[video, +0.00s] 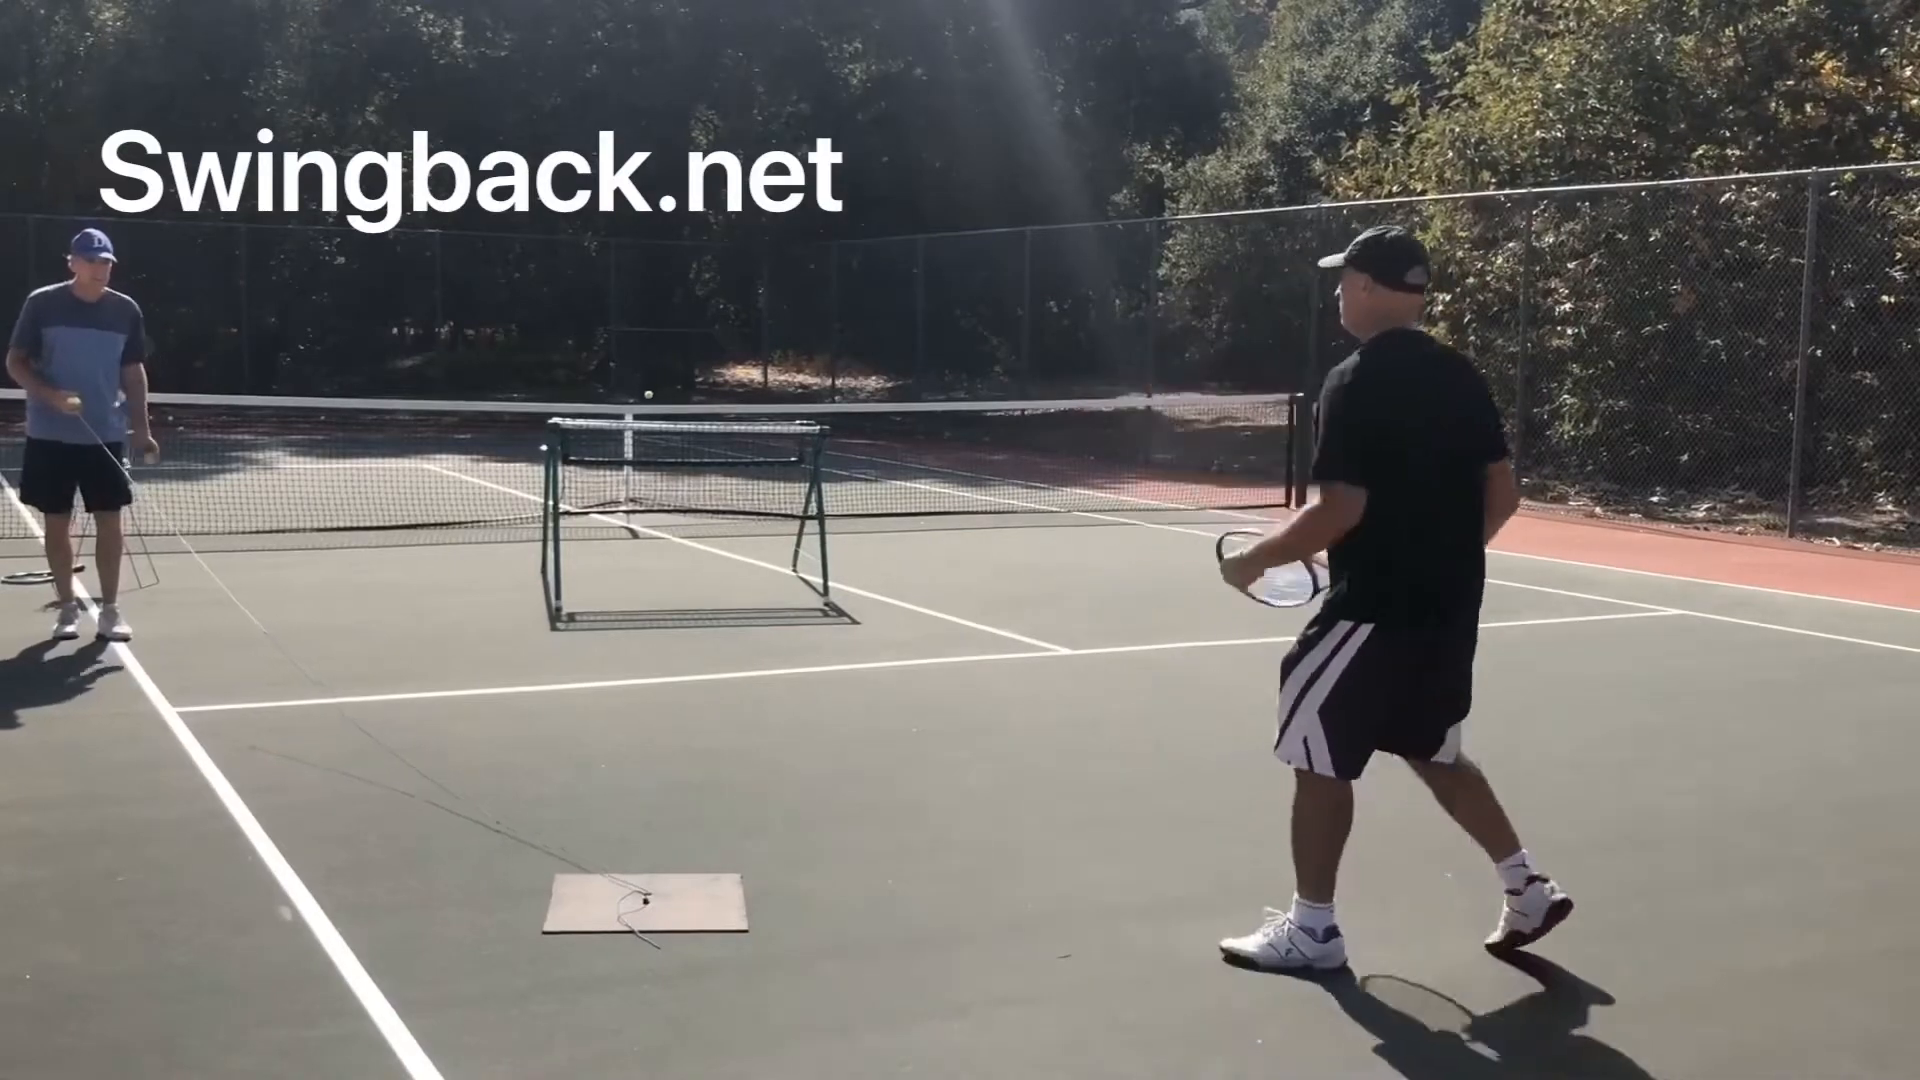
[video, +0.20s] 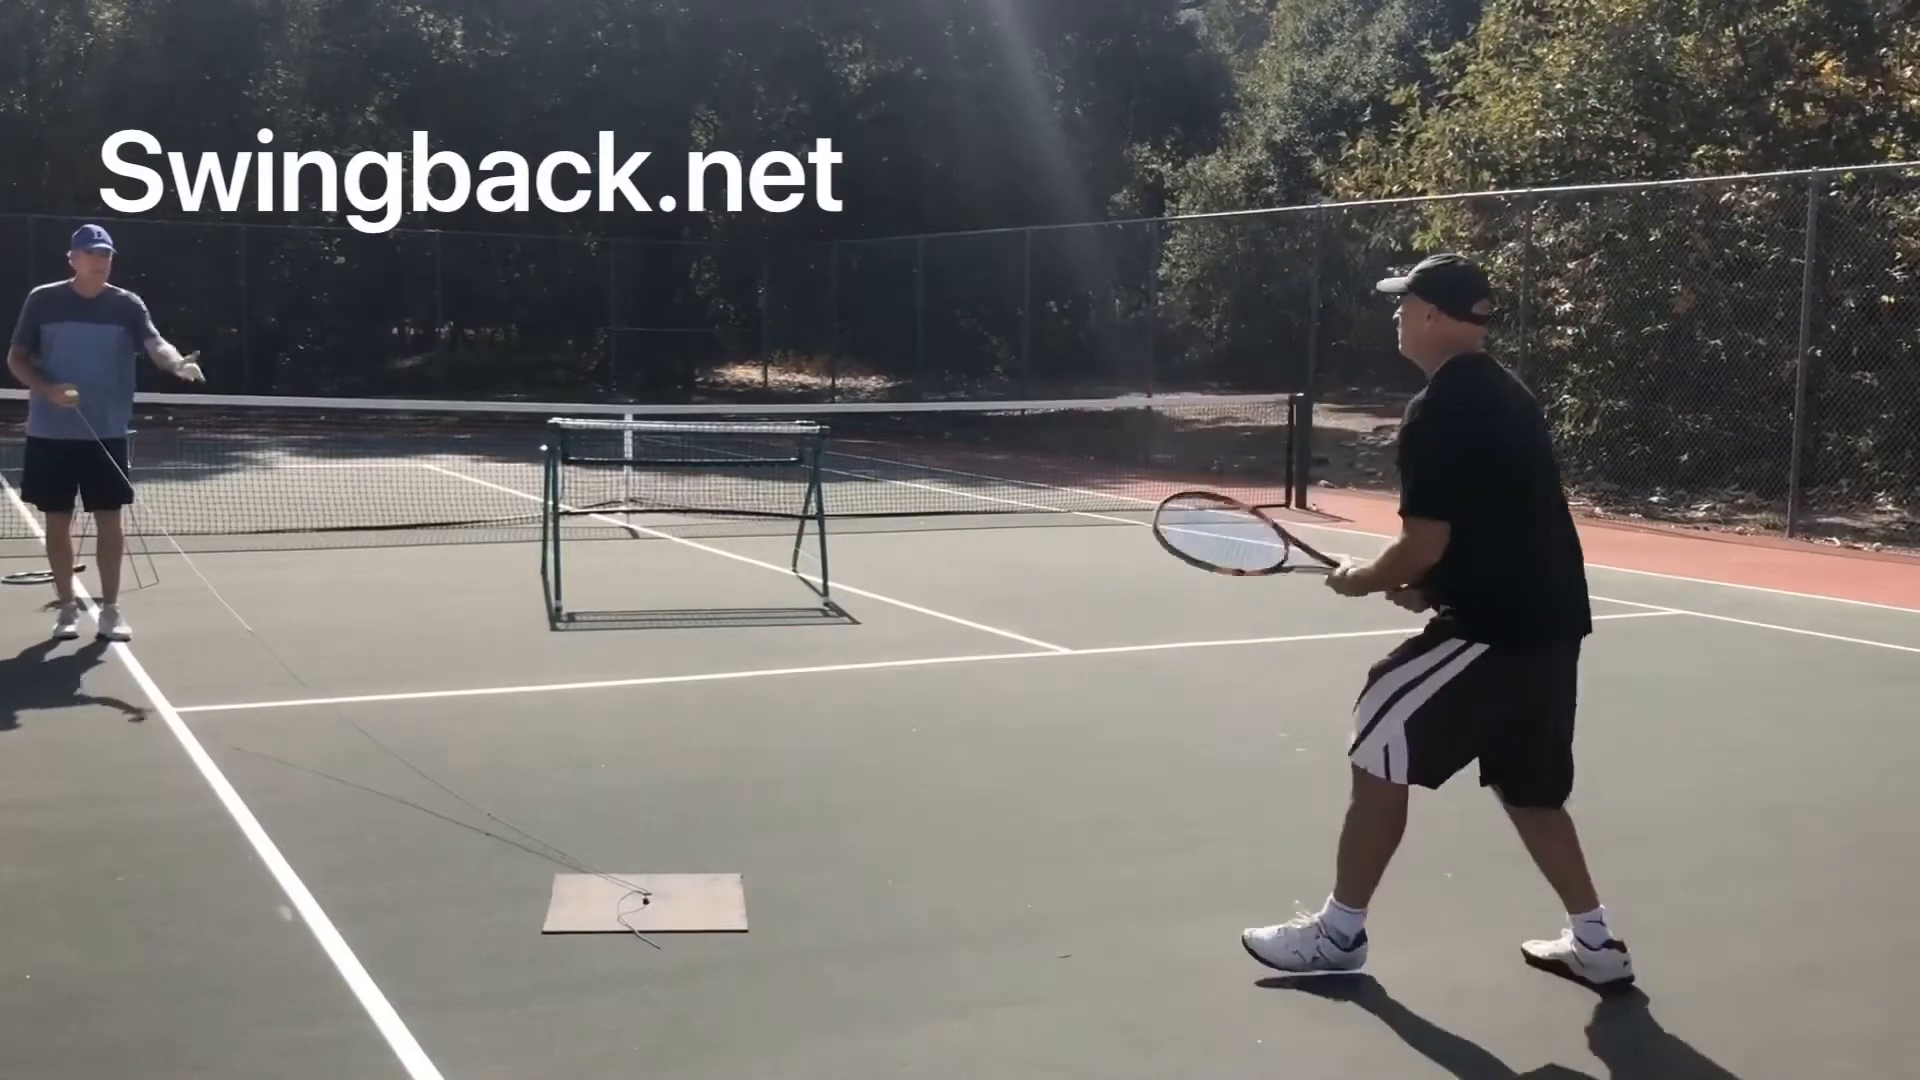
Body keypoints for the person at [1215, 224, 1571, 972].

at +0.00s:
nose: (1339, 296)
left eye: (1346, 284)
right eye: (1343, 283)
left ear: (1371, 289)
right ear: (1415, 294)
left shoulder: (1354, 381)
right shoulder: (1459, 374)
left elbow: (1340, 509)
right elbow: (1501, 494)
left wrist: (1258, 557)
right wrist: (1438, 551)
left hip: (1370, 613)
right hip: (1447, 609)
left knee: (1318, 754)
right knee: (1431, 748)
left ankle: (1312, 927)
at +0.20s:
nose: (1398, 316)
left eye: (1407, 305)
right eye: (1402, 304)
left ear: (1436, 317)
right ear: (1470, 320)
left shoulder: (1438, 409)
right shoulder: (1506, 395)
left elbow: (1426, 542)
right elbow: (1505, 529)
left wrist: (1365, 575)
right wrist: (1422, 580)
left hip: (1488, 634)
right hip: (1549, 629)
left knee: (1383, 741)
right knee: (1527, 782)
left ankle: (1340, 930)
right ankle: (1595, 938)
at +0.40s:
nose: (1426, 299)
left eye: (1436, 287)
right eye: (1430, 286)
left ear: (1477, 297)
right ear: (1492, 299)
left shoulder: (1483, 379)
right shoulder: (1517, 369)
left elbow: (1492, 514)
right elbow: (1517, 509)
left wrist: (1419, 563)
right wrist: (1446, 574)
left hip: (1534, 616)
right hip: (1577, 608)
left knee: (1467, 766)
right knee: (1560, 777)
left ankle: (1564, 968)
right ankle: (1599, 945)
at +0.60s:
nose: (1420, 308)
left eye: (1431, 293)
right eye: (1423, 294)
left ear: (1479, 304)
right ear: (1479, 306)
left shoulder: (1508, 384)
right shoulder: (1478, 384)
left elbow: (1528, 523)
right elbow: (1503, 522)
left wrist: (1432, 584)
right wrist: (1435, 588)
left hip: (1573, 634)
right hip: (1520, 632)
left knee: (1564, 801)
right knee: (1501, 780)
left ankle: (1658, 999)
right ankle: (1571, 927)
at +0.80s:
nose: (1388, 296)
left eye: (1401, 283)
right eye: (1392, 283)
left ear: (1453, 297)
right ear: (1438, 300)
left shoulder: (1510, 379)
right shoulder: (1433, 396)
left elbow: (1556, 512)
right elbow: (1447, 519)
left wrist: (1433, 561)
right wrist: (1395, 586)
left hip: (1554, 630)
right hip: (1486, 630)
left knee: (1507, 804)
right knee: (1462, 794)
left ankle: (1613, 977)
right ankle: (1521, 979)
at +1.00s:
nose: (1338, 325)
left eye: (1350, 310)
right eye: (1340, 312)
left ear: (1400, 312)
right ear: (1385, 316)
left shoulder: (1501, 399)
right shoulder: (1361, 411)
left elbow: (1552, 528)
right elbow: (1338, 533)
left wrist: (1451, 562)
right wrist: (1344, 589)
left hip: (1507, 651)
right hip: (1421, 654)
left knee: (1455, 826)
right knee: (1392, 816)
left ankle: (1492, 1046)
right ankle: (1509, 968)